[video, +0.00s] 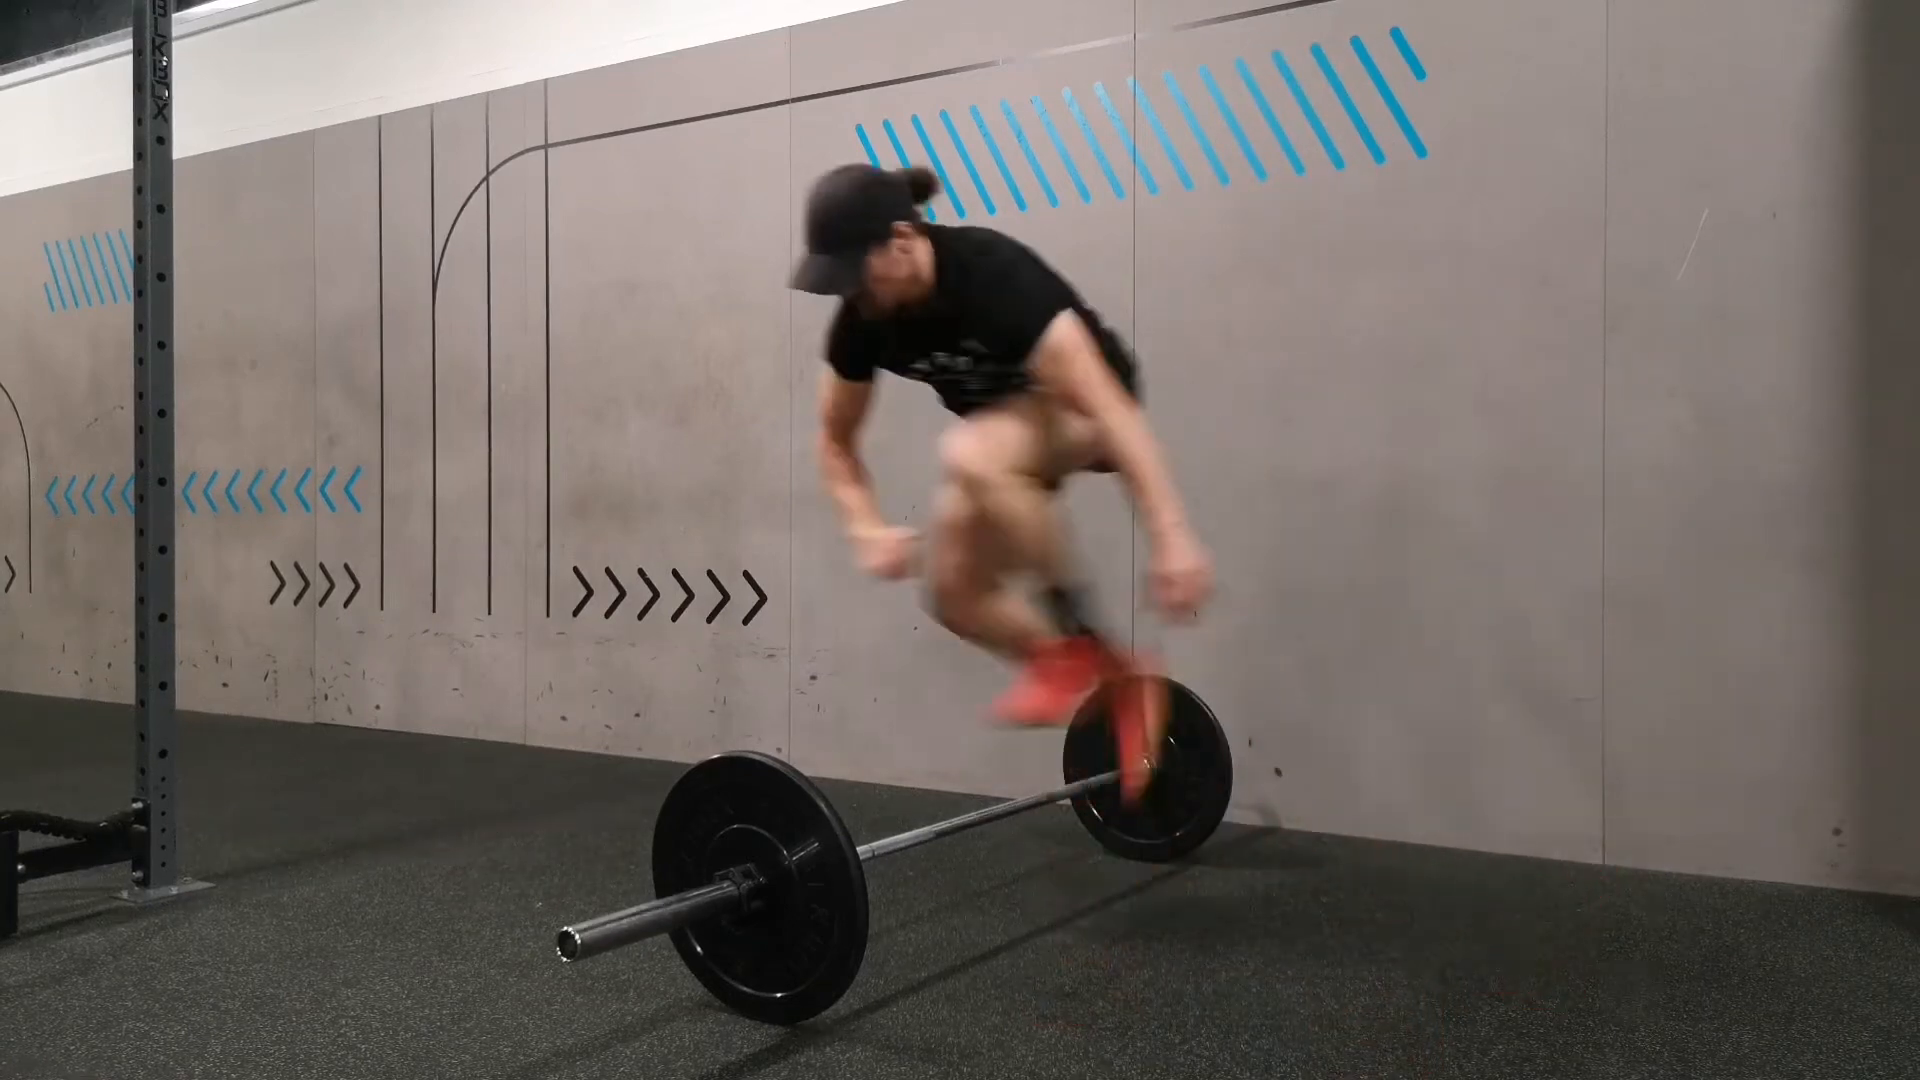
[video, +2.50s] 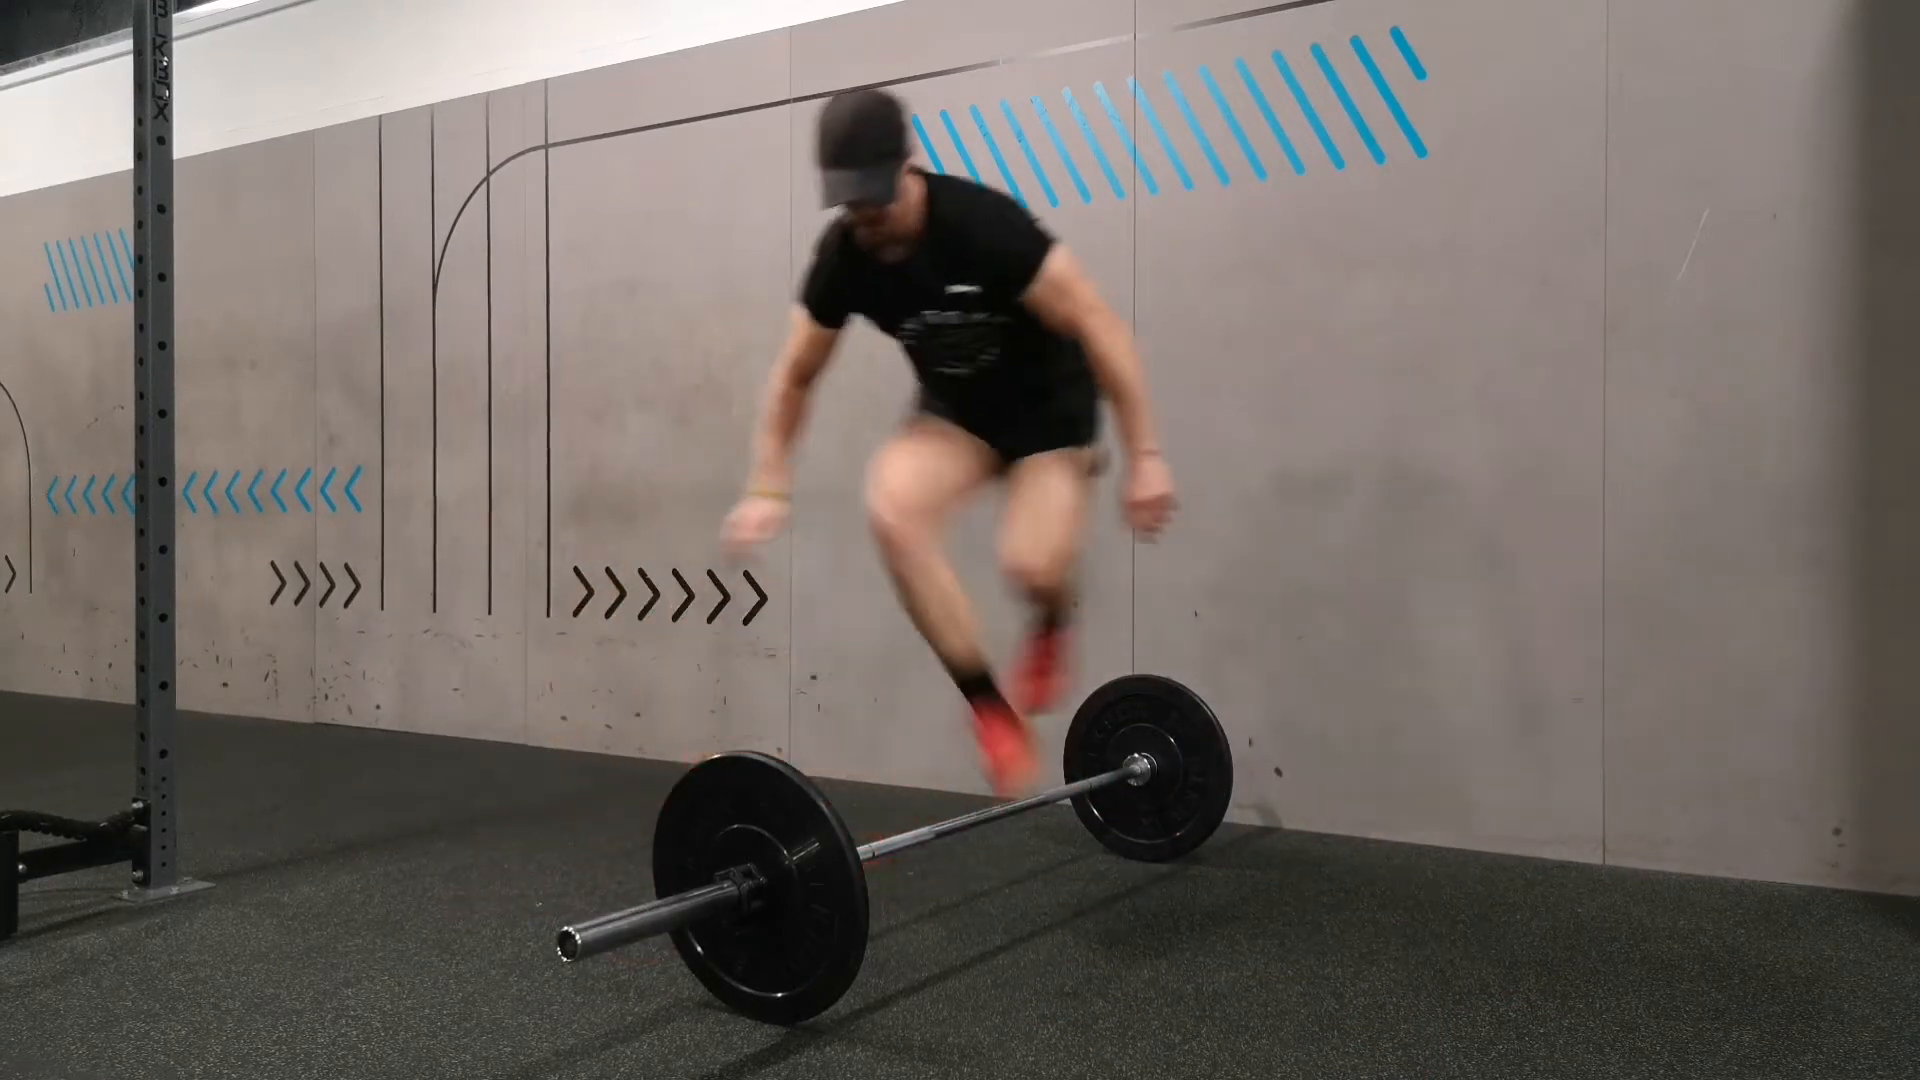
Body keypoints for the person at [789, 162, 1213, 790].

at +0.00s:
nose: (853, 289)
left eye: (857, 273)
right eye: (845, 278)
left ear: (901, 244)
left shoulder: (991, 271)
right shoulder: (861, 319)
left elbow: (1107, 404)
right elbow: (836, 439)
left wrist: (1172, 538)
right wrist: (869, 529)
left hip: (1083, 402)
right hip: (994, 429)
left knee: (973, 450)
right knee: (956, 593)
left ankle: (1073, 646)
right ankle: (1118, 677)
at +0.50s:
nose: (631, 582)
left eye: (632, 568)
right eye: (621, 574)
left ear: (662, 534)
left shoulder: (741, 532)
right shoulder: (645, 543)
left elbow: (771, 698)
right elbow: (619, 675)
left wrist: (774, 831)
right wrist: (585, 798)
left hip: (876, 513)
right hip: (788, 527)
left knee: (815, 661)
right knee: (718, 680)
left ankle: (877, 843)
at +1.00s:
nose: (465, 847)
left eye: (462, 835)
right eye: (454, 842)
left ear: (489, 801)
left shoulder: (594, 785)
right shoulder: (505, 767)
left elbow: (705, 799)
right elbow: (509, 816)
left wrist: (679, 913)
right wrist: (521, 882)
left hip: (747, 786)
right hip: (689, 763)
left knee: (870, 801)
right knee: (775, 765)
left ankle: (952, 753)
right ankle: (844, 749)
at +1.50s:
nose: (495, 728)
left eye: (497, 713)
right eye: (485, 721)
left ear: (532, 674)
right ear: (497, 695)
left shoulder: (623, 680)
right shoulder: (511, 697)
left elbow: (717, 790)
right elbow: (492, 782)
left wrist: (684, 910)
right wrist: (518, 878)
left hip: (767, 746)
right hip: (691, 758)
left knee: (870, 816)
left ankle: (968, 756)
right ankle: (838, 760)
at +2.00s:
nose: (665, 603)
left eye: (681, 592)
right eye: (660, 597)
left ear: (708, 545)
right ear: (636, 547)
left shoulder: (766, 541)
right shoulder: (623, 557)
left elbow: (803, 679)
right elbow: (568, 678)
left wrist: (768, 763)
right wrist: (522, 801)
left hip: (791, 583)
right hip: (692, 593)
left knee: (805, 695)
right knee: (595, 712)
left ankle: (862, 839)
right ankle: (610, 815)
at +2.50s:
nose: (866, 220)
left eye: (877, 201)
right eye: (852, 206)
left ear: (912, 173)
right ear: (835, 189)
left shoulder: (983, 223)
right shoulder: (842, 255)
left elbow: (1096, 321)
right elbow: (797, 375)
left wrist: (1145, 455)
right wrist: (768, 487)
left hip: (1050, 402)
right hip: (956, 409)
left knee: (1034, 564)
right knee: (894, 512)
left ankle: (1051, 625)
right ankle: (991, 712)